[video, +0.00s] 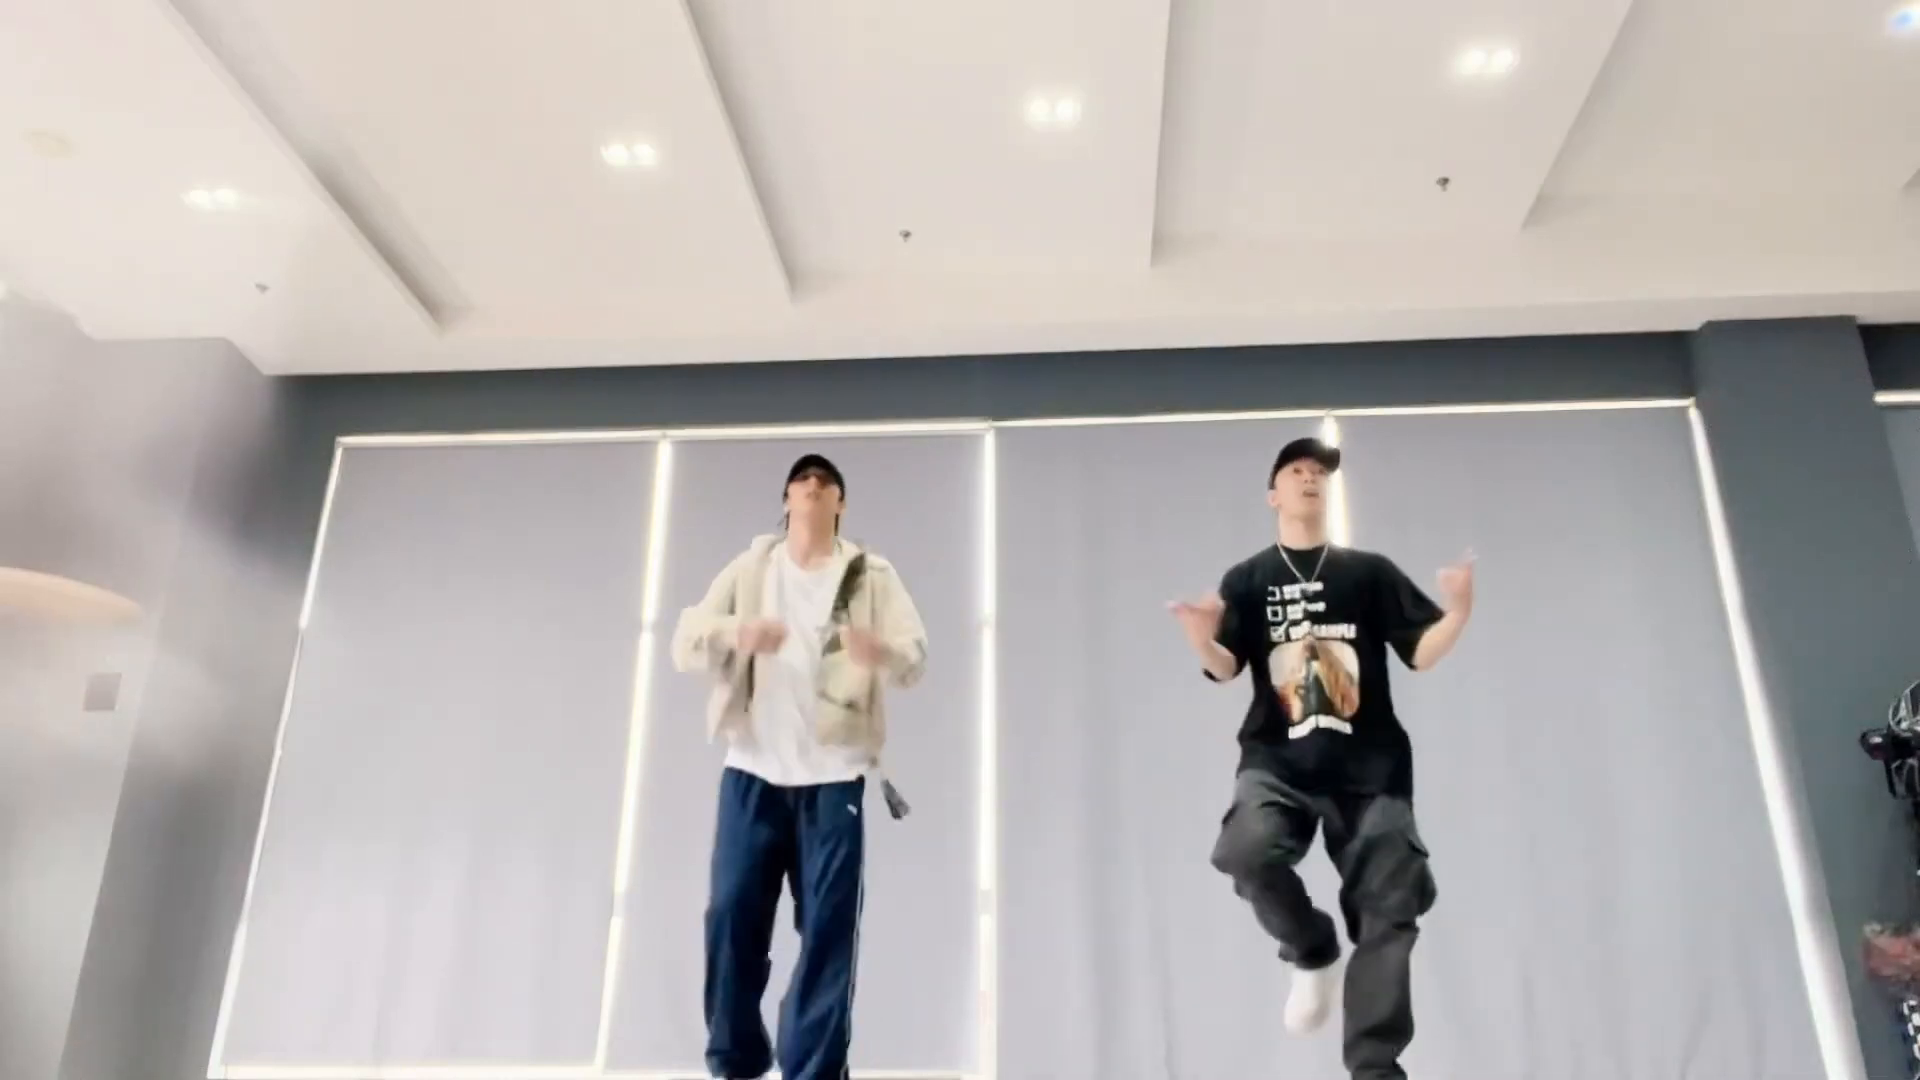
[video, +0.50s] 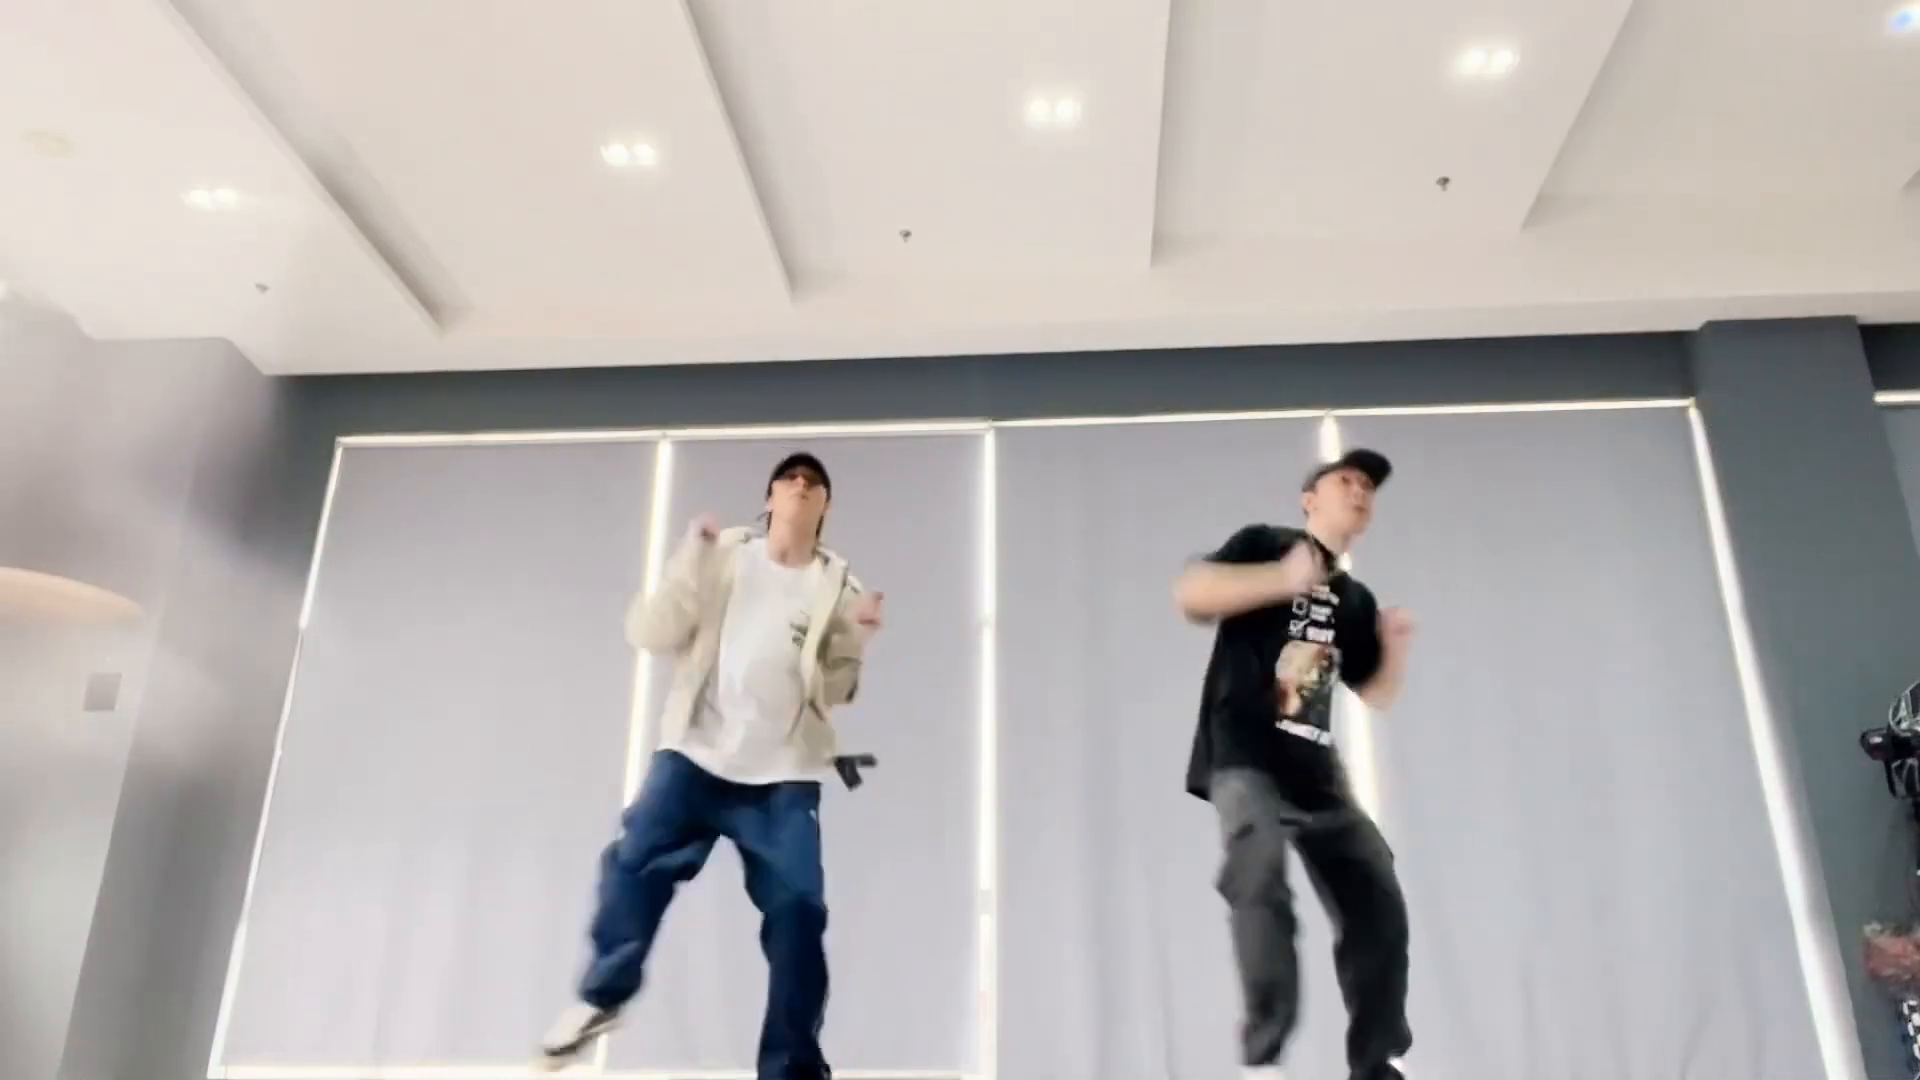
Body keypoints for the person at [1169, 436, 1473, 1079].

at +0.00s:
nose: (1309, 481)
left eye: (1318, 475)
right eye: (1296, 473)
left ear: (1331, 493)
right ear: (1273, 493)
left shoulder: (1371, 571)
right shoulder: (1246, 580)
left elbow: (1421, 653)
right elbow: (1227, 670)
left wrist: (1457, 611)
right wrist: (1204, 641)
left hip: (1367, 762)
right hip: (1277, 759)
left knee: (1389, 901)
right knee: (1248, 853)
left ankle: (1376, 1064)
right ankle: (1315, 956)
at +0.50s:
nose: (1359, 499)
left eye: (1368, 494)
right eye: (1346, 486)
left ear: (1370, 517)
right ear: (1310, 496)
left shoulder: (1356, 599)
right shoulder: (1263, 545)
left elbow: (1375, 693)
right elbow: (1192, 595)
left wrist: (1391, 651)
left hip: (1312, 761)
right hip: (1242, 747)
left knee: (1375, 897)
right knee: (1257, 868)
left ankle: (1376, 1060)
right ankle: (1264, 1051)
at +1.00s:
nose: (1276, 488)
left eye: (1289, 477)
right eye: (1261, 480)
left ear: (1308, 491)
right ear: (1246, 500)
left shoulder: (1359, 561)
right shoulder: (1234, 594)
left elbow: (1433, 624)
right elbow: (1227, 707)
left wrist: (1333, 603)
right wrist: (1270, 671)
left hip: (1380, 760)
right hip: (1292, 770)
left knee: (1419, 907)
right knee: (1311, 911)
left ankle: (1397, 1065)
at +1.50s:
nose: (1305, 502)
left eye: (1315, 495)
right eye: (1291, 492)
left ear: (1326, 513)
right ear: (1260, 509)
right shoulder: (1243, 616)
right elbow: (1262, 720)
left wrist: (1425, 667)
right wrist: (1273, 753)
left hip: (1403, 785)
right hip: (1313, 796)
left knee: (1476, 893)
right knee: (1258, 909)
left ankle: (1590, 1053)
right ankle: (1307, 1071)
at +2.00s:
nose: (1324, 555)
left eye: (1331, 547)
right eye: (1311, 545)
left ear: (1335, 565)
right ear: (1284, 560)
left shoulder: (1334, 667)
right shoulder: (1256, 597)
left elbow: (1330, 770)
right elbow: (1226, 497)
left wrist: (1316, 760)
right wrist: (1224, 403)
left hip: (1288, 830)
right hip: (1208, 817)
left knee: (1397, 929)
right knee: (1126, 925)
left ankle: (1357, 1070)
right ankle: (1015, 1058)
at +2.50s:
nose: (1300, 532)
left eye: (1309, 525)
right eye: (1286, 524)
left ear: (1320, 543)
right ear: (1262, 542)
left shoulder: (1346, 591)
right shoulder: (1239, 595)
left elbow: (1442, 560)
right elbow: (1145, 561)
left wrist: (1388, 576)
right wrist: (1218, 573)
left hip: (1349, 801)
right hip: (1268, 796)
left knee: (1394, 930)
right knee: (1267, 920)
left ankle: (1399, 1076)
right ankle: (1268, 1069)